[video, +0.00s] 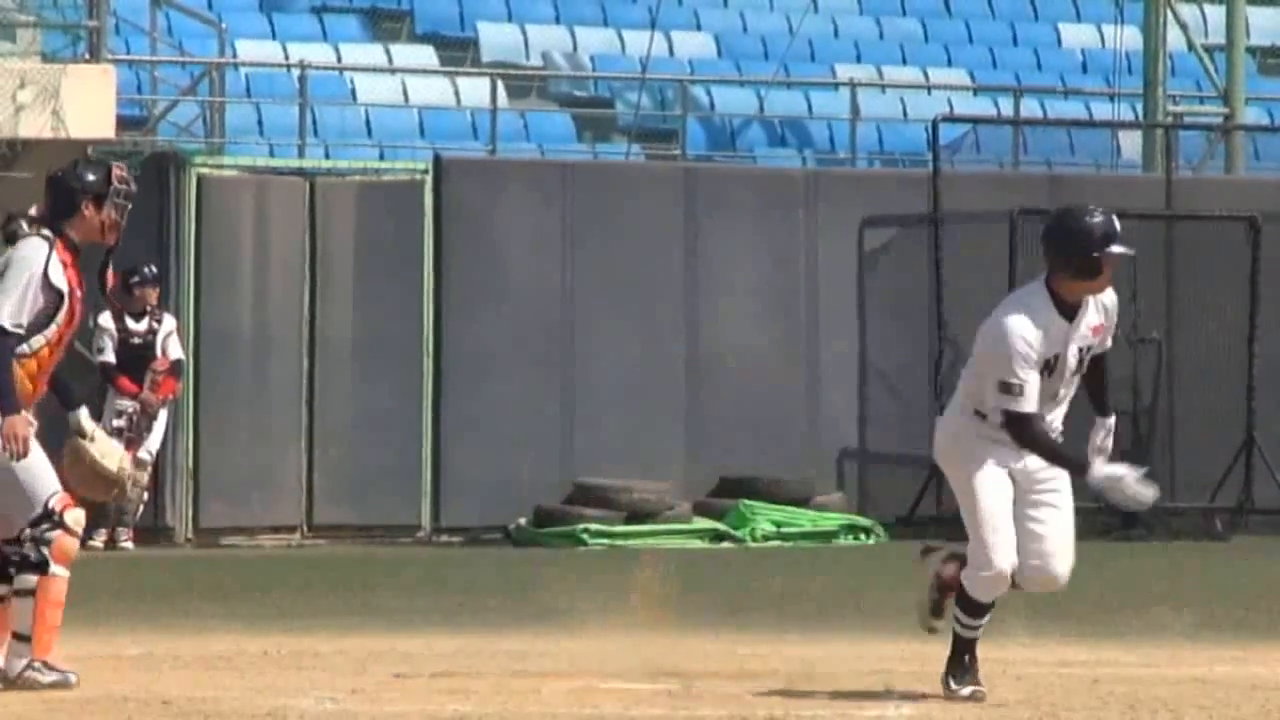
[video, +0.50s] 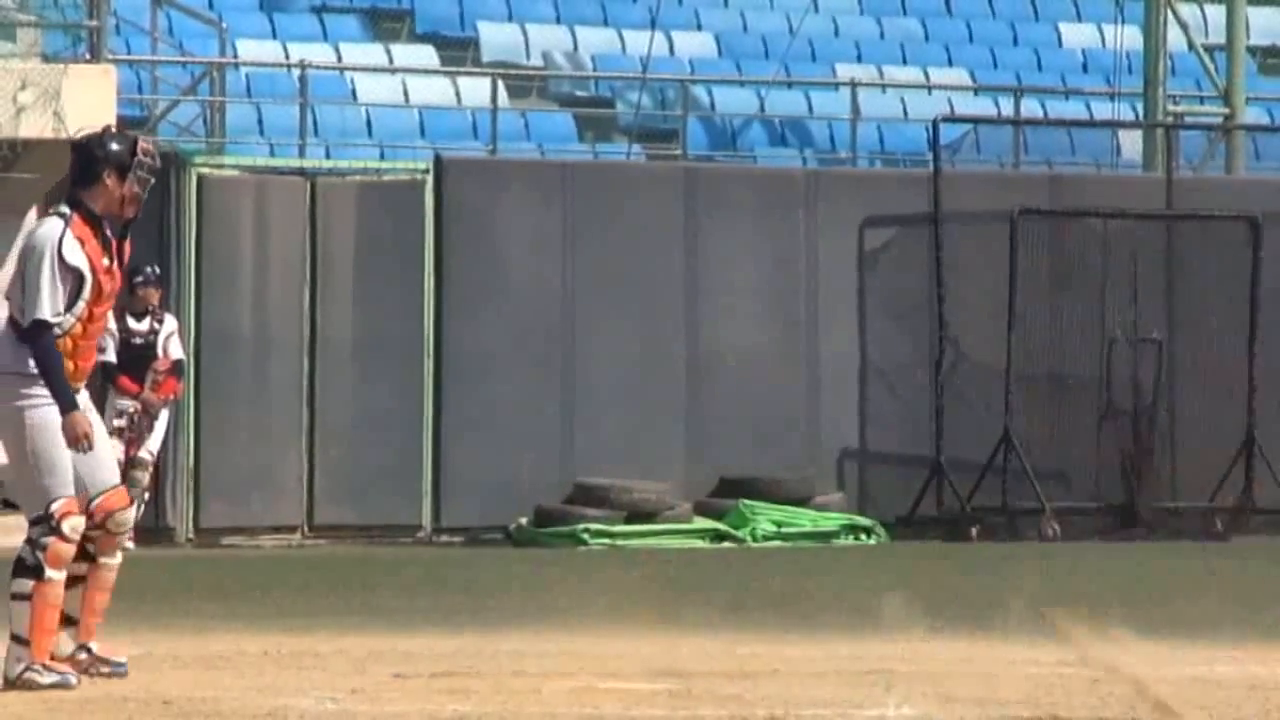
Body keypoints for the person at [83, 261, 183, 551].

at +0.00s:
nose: (154, 293)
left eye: (155, 286)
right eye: (147, 287)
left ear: (157, 290)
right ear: (132, 290)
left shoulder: (166, 323)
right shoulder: (109, 320)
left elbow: (176, 365)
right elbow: (106, 367)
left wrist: (162, 395)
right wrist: (139, 394)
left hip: (152, 398)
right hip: (120, 395)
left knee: (142, 459)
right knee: (111, 456)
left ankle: (125, 526)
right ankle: (102, 524)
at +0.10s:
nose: (153, 293)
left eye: (155, 287)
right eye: (146, 287)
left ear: (158, 291)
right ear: (132, 291)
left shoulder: (166, 323)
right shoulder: (108, 320)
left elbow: (176, 366)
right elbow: (106, 368)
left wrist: (161, 396)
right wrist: (140, 394)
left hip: (150, 401)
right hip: (115, 398)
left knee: (141, 460)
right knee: (108, 460)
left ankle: (126, 527)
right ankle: (103, 524)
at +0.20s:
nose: (153, 294)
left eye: (156, 288)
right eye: (147, 288)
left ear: (158, 292)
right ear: (132, 290)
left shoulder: (166, 323)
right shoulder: (109, 320)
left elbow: (176, 367)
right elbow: (106, 368)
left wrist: (160, 397)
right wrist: (140, 395)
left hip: (150, 402)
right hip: (114, 399)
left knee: (141, 461)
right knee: (107, 461)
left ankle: (125, 527)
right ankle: (103, 524)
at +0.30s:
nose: (154, 294)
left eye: (156, 287)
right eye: (148, 287)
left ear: (159, 291)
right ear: (133, 290)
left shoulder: (167, 323)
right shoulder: (110, 320)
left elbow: (176, 366)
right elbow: (106, 368)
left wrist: (162, 396)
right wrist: (141, 395)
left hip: (150, 402)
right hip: (115, 399)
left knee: (142, 458)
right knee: (110, 457)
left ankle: (125, 526)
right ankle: (102, 522)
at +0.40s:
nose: (155, 294)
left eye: (157, 288)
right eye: (149, 288)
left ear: (159, 292)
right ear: (135, 291)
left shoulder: (167, 323)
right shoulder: (111, 321)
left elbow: (176, 364)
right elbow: (107, 367)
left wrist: (162, 394)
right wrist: (140, 394)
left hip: (153, 400)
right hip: (121, 397)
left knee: (141, 460)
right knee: (113, 457)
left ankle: (127, 526)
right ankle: (109, 523)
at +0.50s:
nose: (153, 294)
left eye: (156, 288)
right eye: (147, 288)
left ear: (160, 292)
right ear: (134, 291)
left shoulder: (167, 323)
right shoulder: (113, 319)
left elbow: (176, 365)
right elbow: (108, 367)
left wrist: (162, 395)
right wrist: (141, 394)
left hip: (154, 399)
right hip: (121, 396)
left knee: (142, 462)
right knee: (115, 458)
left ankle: (127, 529)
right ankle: (109, 526)